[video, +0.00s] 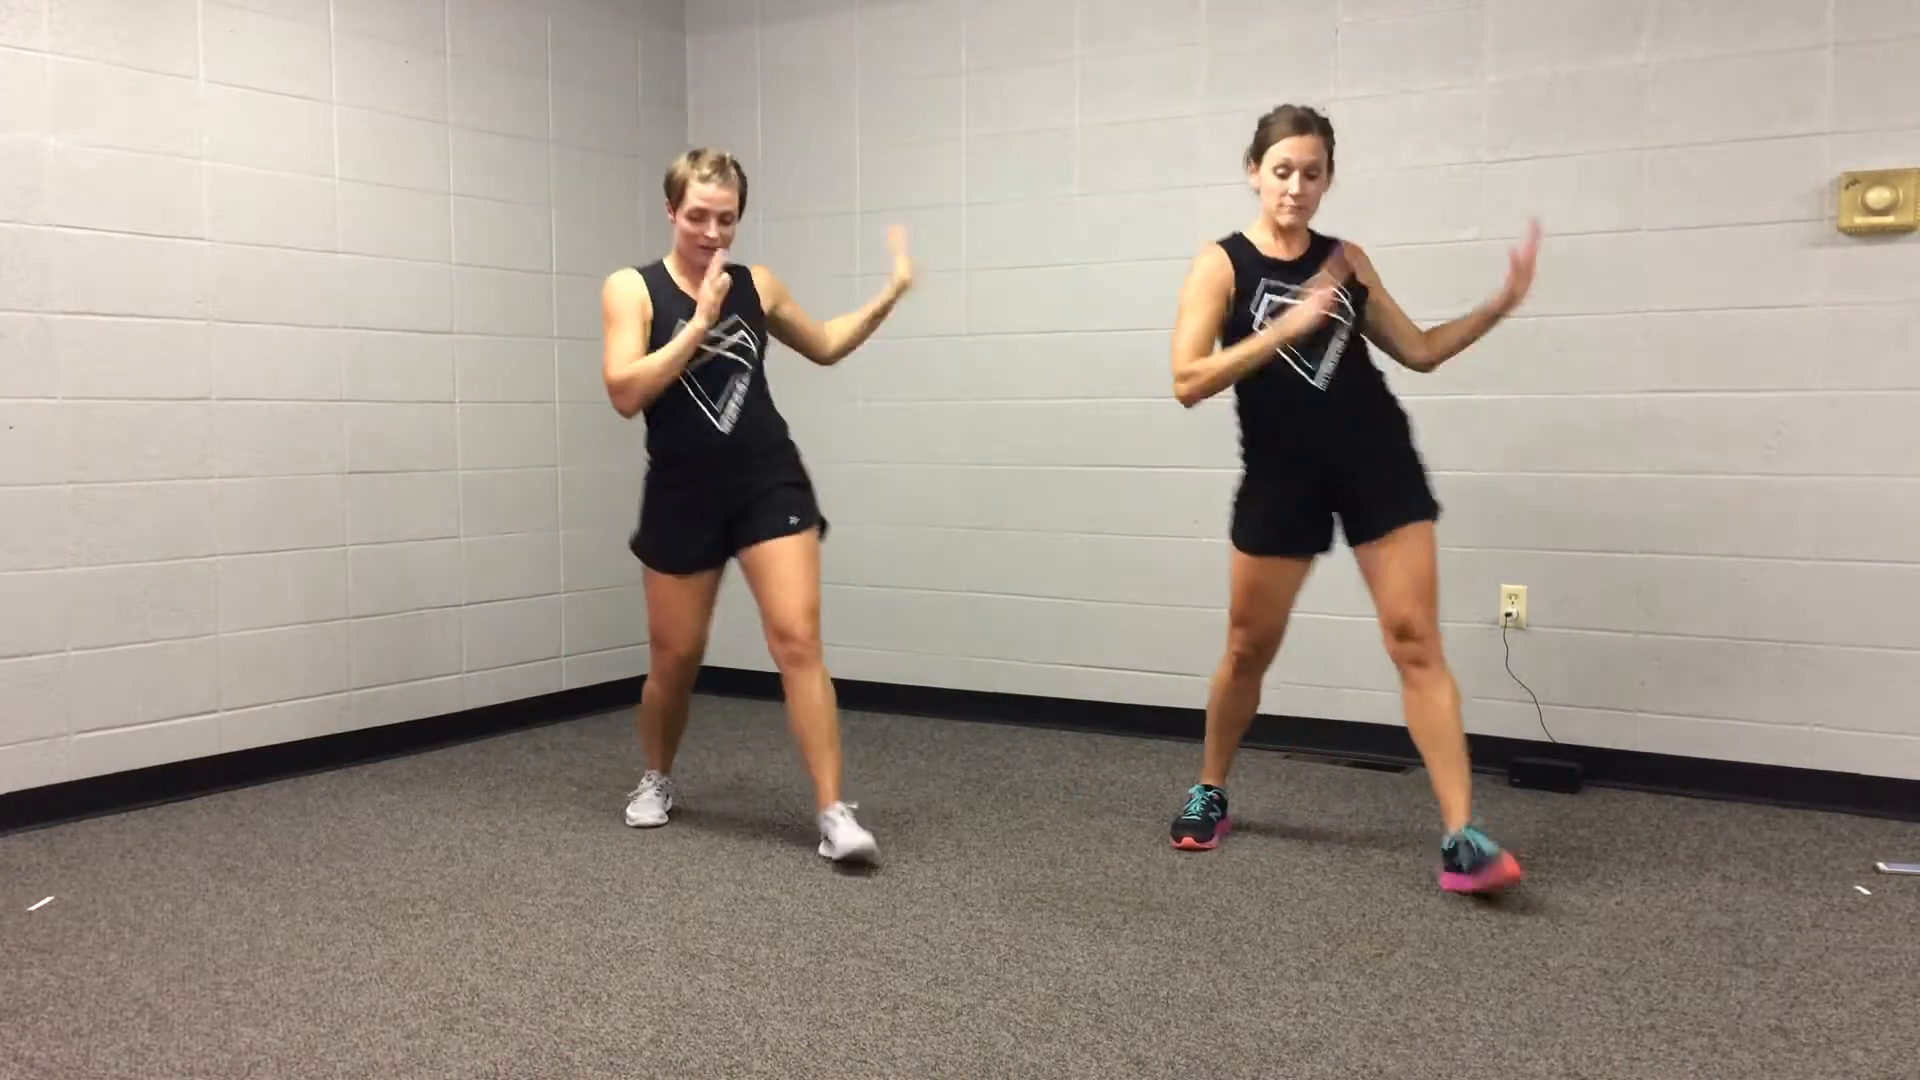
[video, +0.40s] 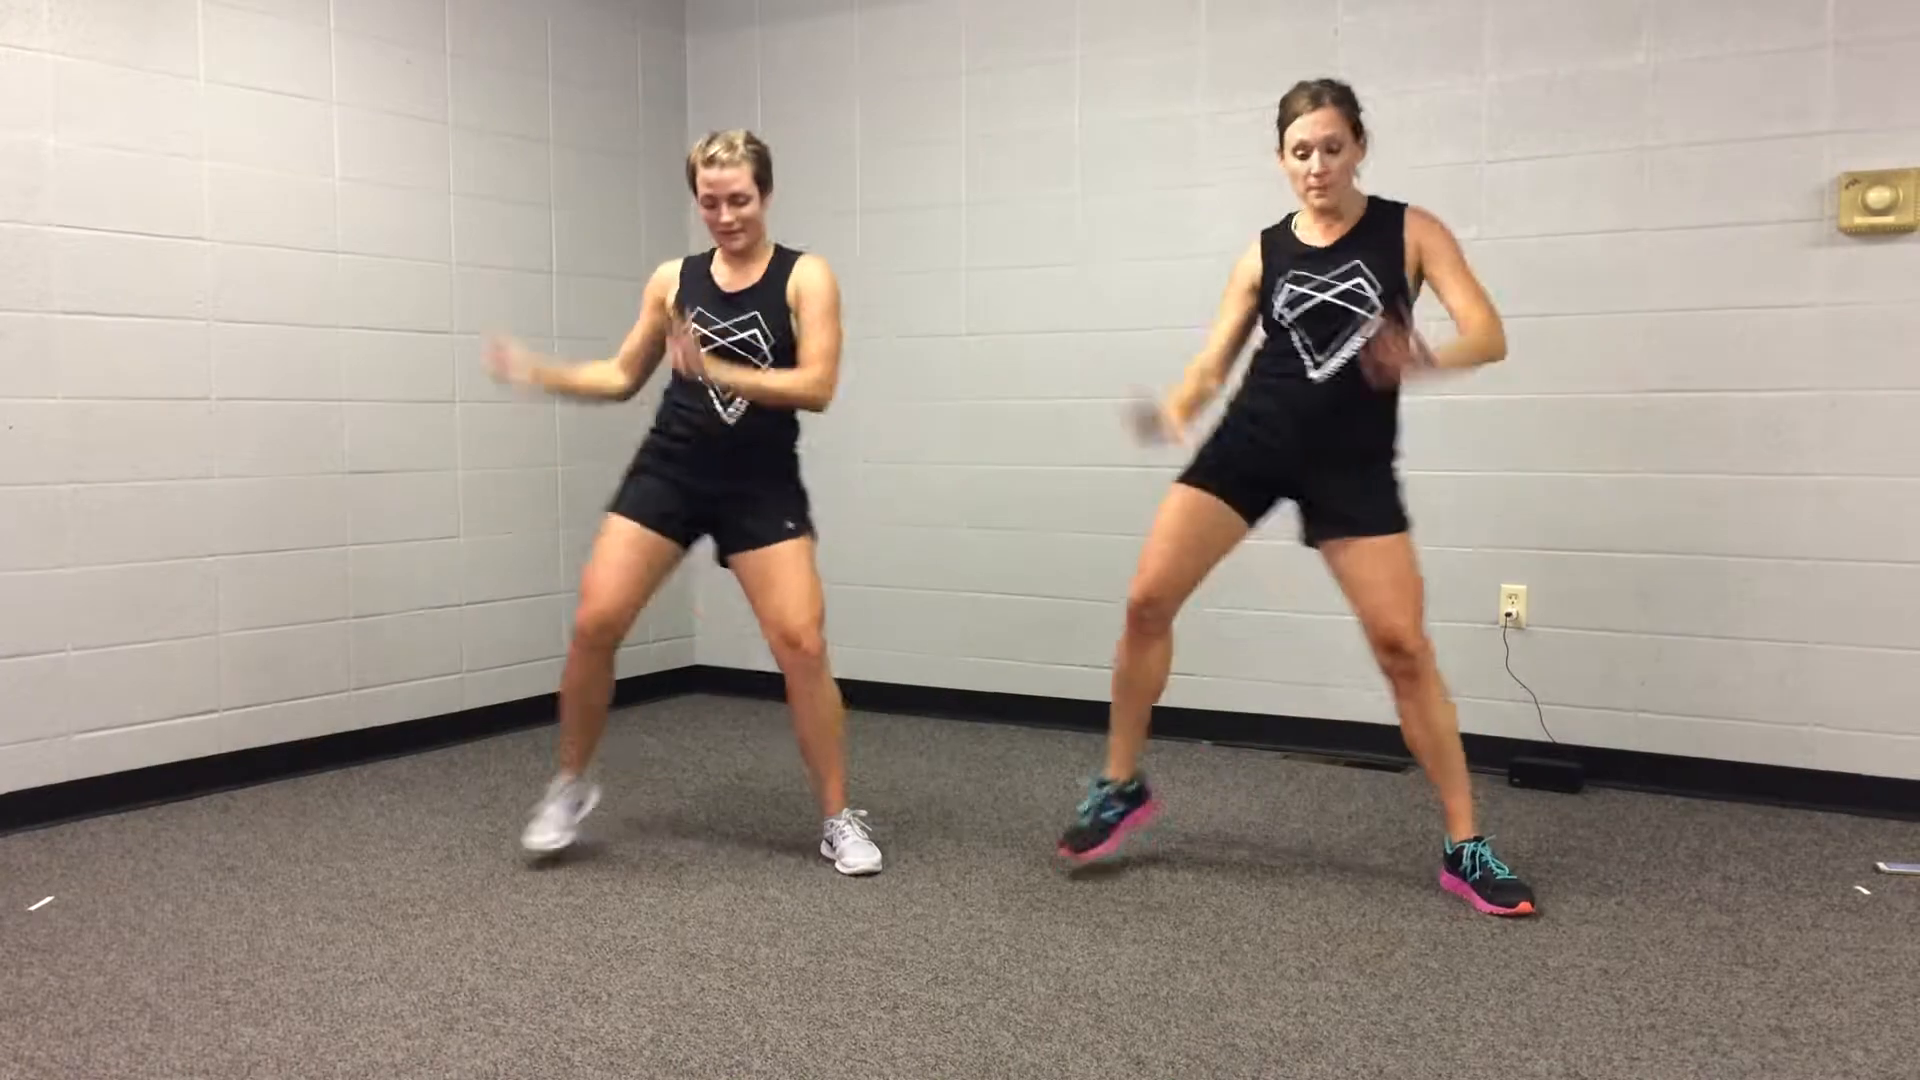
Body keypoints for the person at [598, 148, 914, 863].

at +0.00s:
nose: (714, 230)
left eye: (726, 217)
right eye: (701, 214)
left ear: (739, 219)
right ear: (673, 212)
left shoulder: (757, 287)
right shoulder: (632, 288)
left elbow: (825, 346)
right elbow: (625, 394)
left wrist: (892, 292)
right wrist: (698, 325)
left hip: (768, 484)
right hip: (682, 494)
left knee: (798, 639)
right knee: (674, 660)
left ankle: (833, 812)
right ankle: (655, 780)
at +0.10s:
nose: (720, 241)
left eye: (733, 229)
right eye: (707, 227)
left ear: (746, 233)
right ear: (679, 228)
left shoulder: (770, 305)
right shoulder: (640, 313)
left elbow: (834, 382)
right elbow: (636, 424)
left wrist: (901, 358)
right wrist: (729, 396)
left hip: (789, 496)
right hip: (704, 511)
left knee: (831, 638)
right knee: (688, 682)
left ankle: (842, 816)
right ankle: (659, 774)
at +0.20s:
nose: (726, 240)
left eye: (739, 227)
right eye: (713, 226)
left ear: (759, 229)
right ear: (691, 229)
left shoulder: (795, 310)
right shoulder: (656, 320)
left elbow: (844, 409)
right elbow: (652, 431)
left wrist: (904, 480)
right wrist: (687, 521)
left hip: (802, 500)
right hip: (709, 512)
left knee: (833, 646)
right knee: (659, 684)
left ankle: (840, 818)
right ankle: (644, 755)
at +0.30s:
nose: (731, 225)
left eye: (744, 210)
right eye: (717, 211)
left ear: (770, 212)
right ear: (700, 216)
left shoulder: (812, 294)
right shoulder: (670, 302)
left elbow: (839, 400)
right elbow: (630, 407)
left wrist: (807, 456)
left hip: (788, 494)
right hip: (694, 494)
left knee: (821, 646)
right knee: (617, 645)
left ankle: (838, 816)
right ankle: (617, 754)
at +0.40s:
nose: (723, 213)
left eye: (736, 198)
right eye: (710, 200)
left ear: (765, 197)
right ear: (696, 203)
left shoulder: (807, 277)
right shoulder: (673, 281)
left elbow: (817, 388)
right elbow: (620, 375)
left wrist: (712, 369)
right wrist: (535, 370)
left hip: (760, 479)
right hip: (670, 471)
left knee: (802, 641)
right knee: (595, 620)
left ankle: (837, 816)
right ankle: (571, 785)